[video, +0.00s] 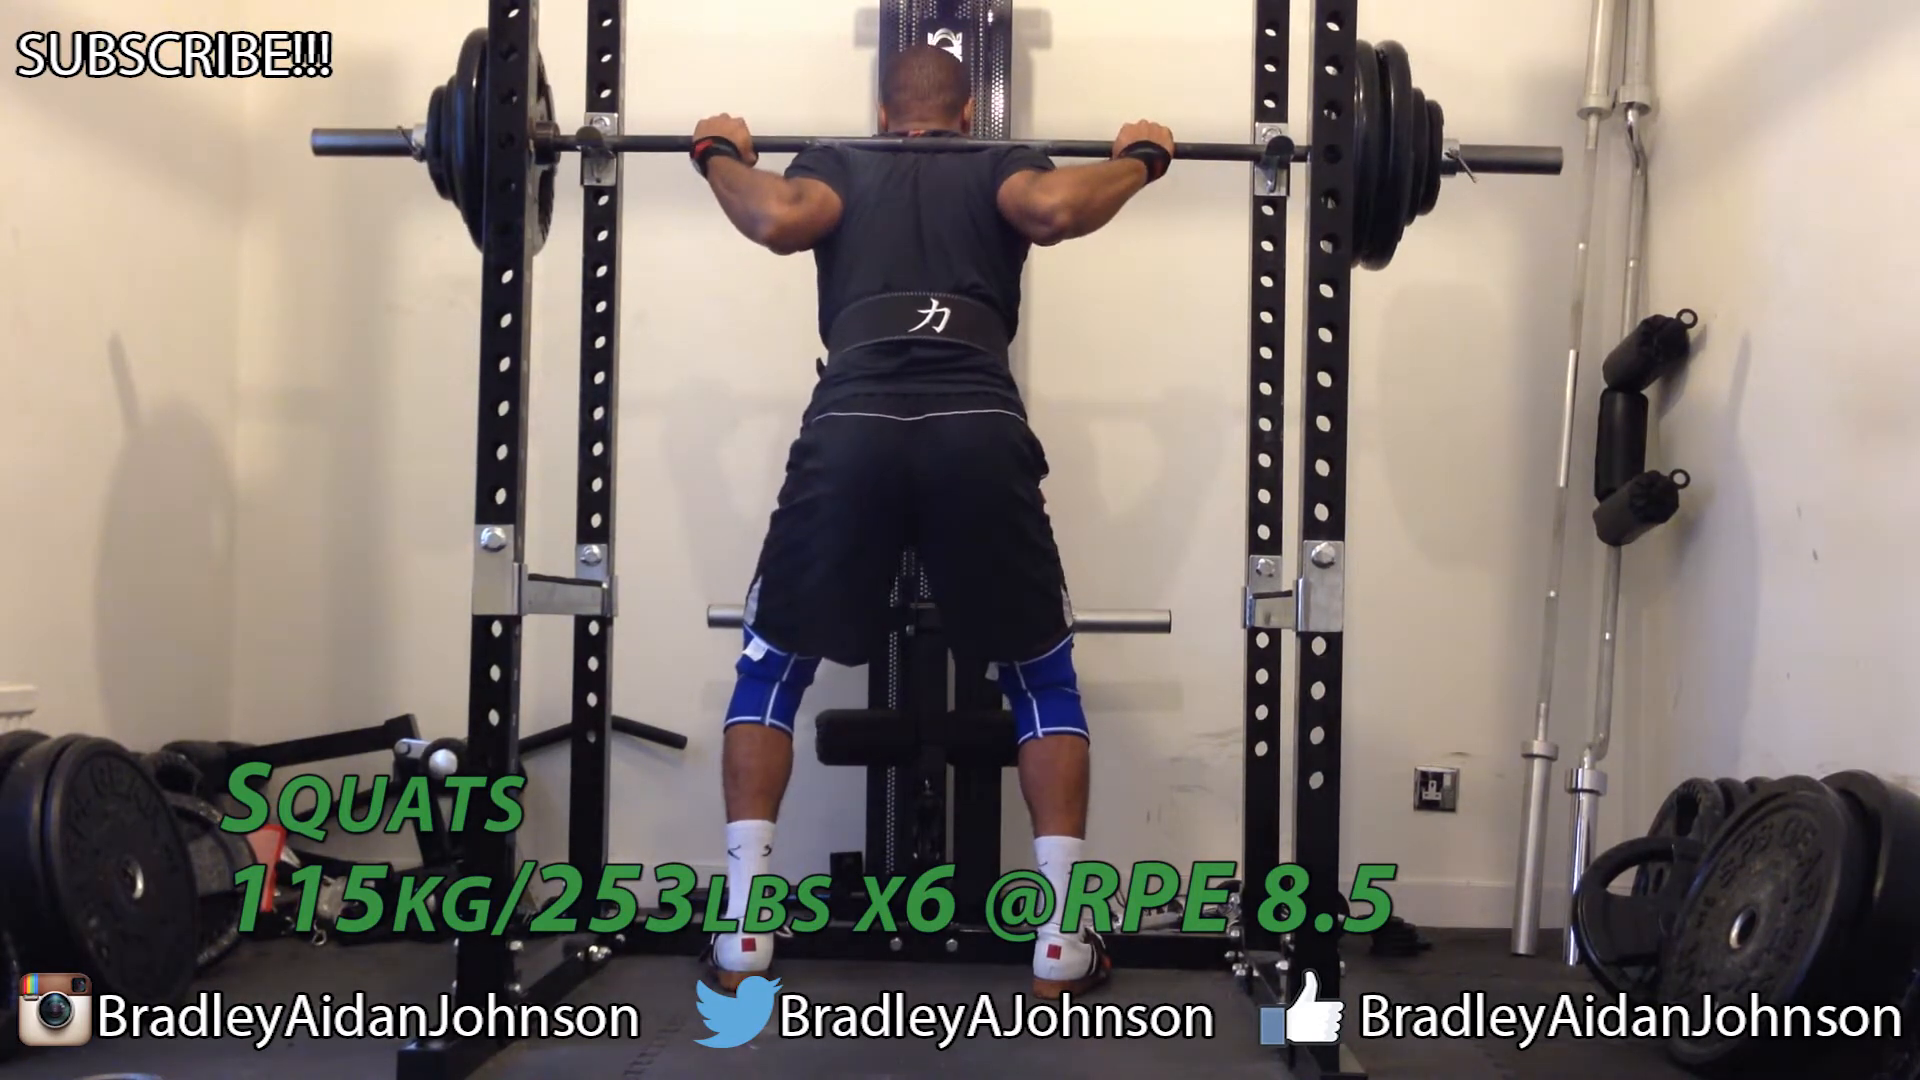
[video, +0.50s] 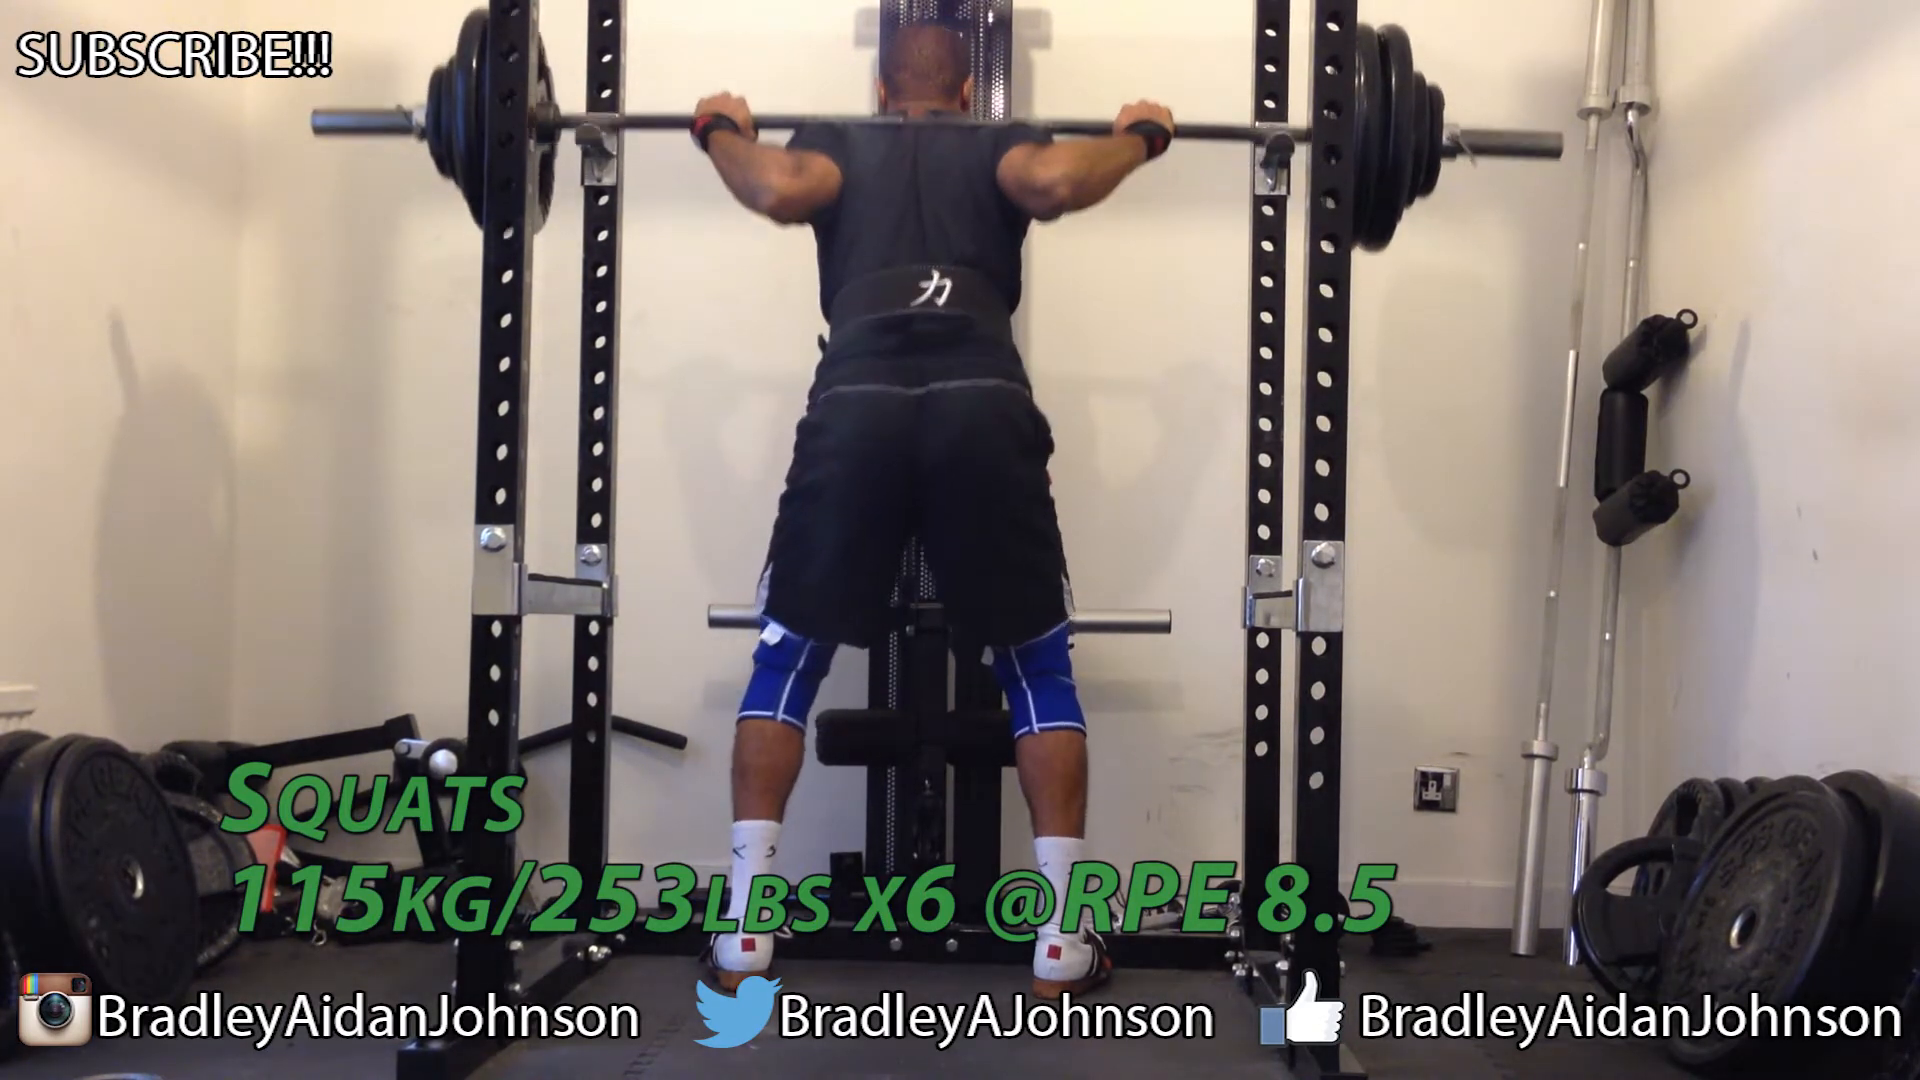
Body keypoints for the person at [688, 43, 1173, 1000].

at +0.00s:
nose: (946, 110)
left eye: (904, 97)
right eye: (961, 99)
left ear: (880, 110)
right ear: (970, 111)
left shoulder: (837, 163)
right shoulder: (999, 163)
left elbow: (778, 219)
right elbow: (1050, 210)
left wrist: (723, 158)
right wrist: (1135, 162)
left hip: (849, 429)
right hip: (978, 431)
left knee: (771, 673)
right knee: (1042, 682)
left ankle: (744, 919)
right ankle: (1061, 930)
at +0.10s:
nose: (931, 106)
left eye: (900, 95)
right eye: (958, 96)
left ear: (880, 108)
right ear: (971, 108)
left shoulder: (835, 163)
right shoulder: (1001, 162)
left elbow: (778, 221)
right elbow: (1051, 211)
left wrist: (723, 159)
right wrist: (1135, 162)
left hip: (848, 432)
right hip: (978, 432)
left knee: (770, 675)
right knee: (1042, 682)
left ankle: (744, 920)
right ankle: (1061, 930)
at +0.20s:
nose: (946, 107)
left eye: (904, 94)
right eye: (961, 97)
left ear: (879, 107)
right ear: (970, 109)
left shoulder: (835, 164)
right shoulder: (1000, 163)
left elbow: (775, 221)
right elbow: (1052, 212)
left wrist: (725, 160)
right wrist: (1135, 162)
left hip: (847, 432)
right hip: (977, 433)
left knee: (771, 676)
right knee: (1042, 682)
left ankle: (744, 920)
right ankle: (1061, 930)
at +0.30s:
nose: (944, 105)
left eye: (904, 90)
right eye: (960, 95)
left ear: (879, 104)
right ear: (969, 108)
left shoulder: (835, 161)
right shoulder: (1001, 162)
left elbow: (776, 219)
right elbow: (1052, 210)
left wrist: (725, 158)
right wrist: (1135, 160)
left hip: (848, 432)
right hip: (979, 433)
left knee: (774, 673)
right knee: (1041, 682)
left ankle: (743, 918)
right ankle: (1061, 931)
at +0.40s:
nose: (930, 94)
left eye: (898, 81)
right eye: (954, 85)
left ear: (879, 97)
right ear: (969, 100)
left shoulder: (836, 156)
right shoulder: (1000, 154)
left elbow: (776, 205)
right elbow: (1052, 197)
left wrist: (727, 148)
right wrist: (1135, 152)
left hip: (851, 424)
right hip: (982, 425)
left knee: (778, 668)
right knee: (1041, 678)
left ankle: (744, 919)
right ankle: (1060, 931)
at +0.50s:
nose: (907, 88)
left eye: (892, 76)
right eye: (956, 76)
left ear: (880, 90)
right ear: (970, 90)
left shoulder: (839, 147)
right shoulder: (998, 143)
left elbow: (777, 188)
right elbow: (1055, 180)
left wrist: (728, 137)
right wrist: (1135, 139)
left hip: (855, 414)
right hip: (985, 414)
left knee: (786, 666)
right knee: (1038, 674)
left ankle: (746, 918)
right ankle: (1061, 929)